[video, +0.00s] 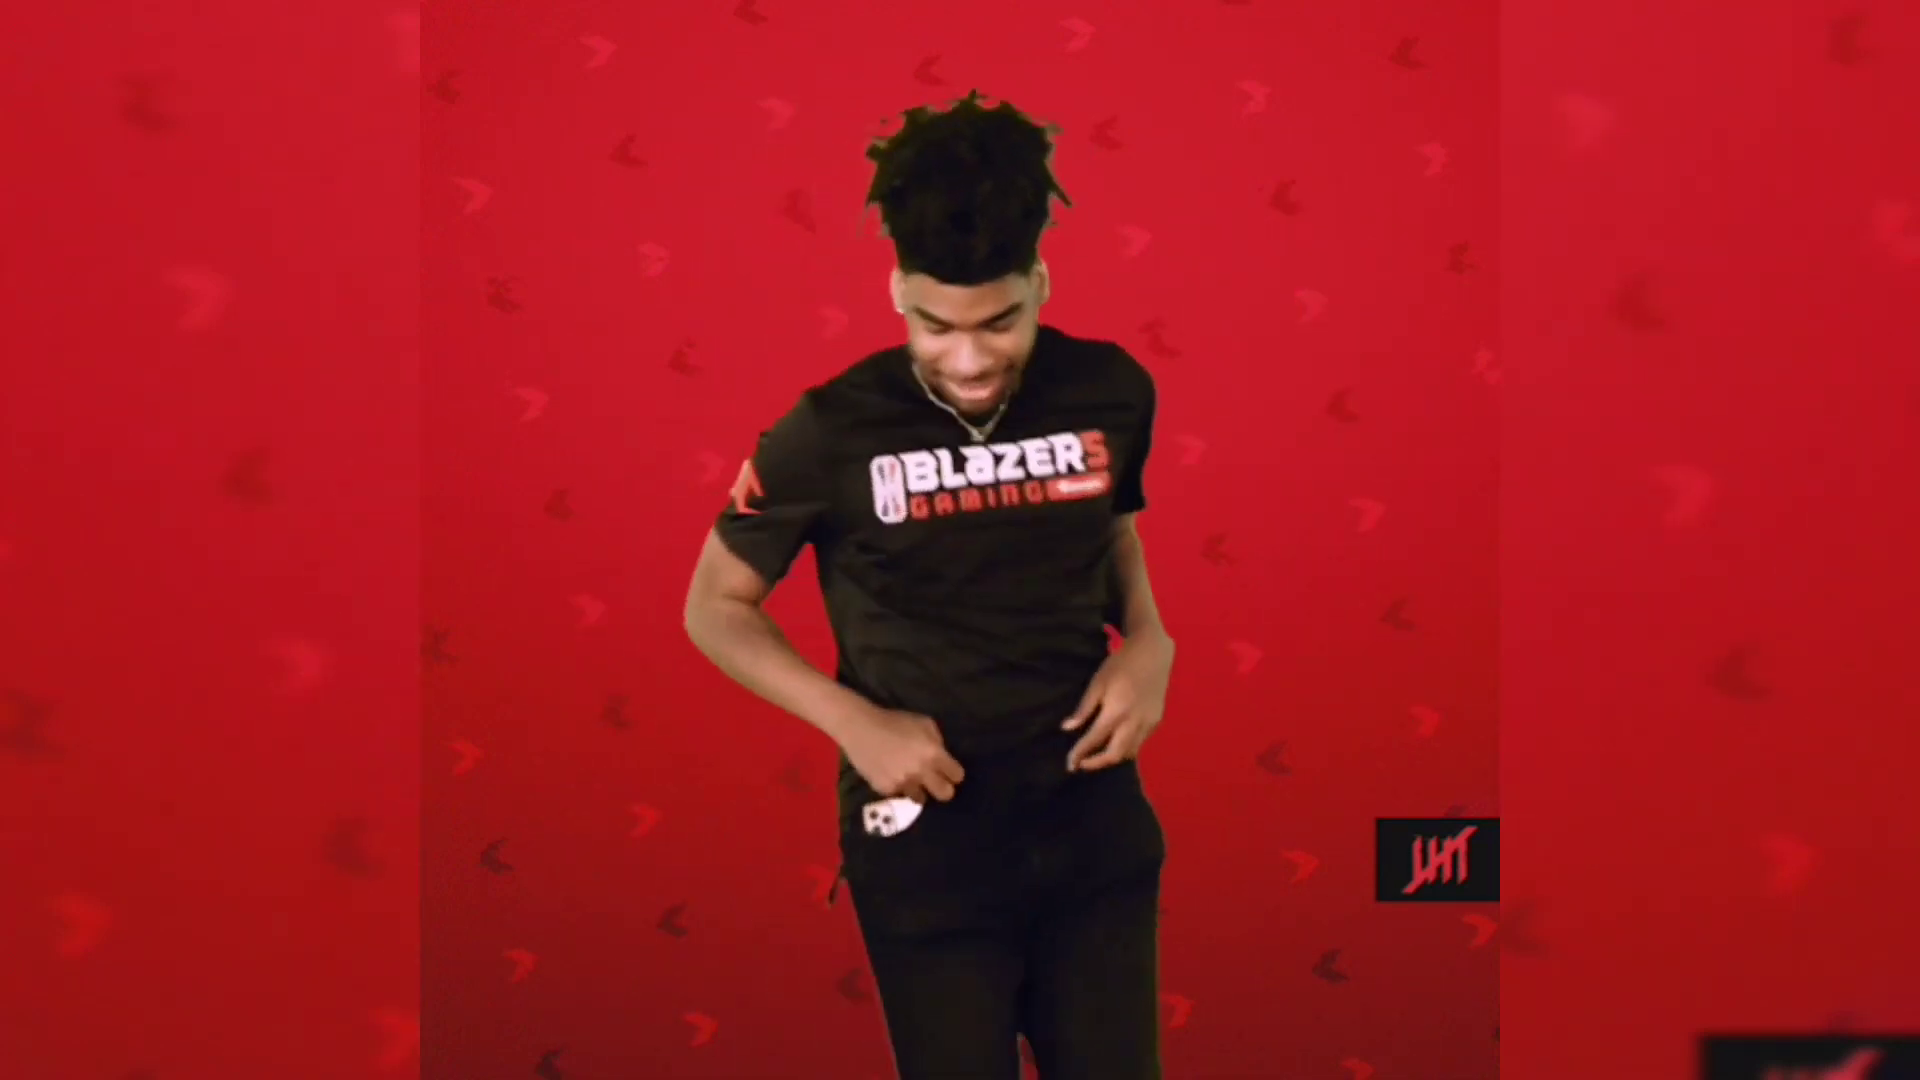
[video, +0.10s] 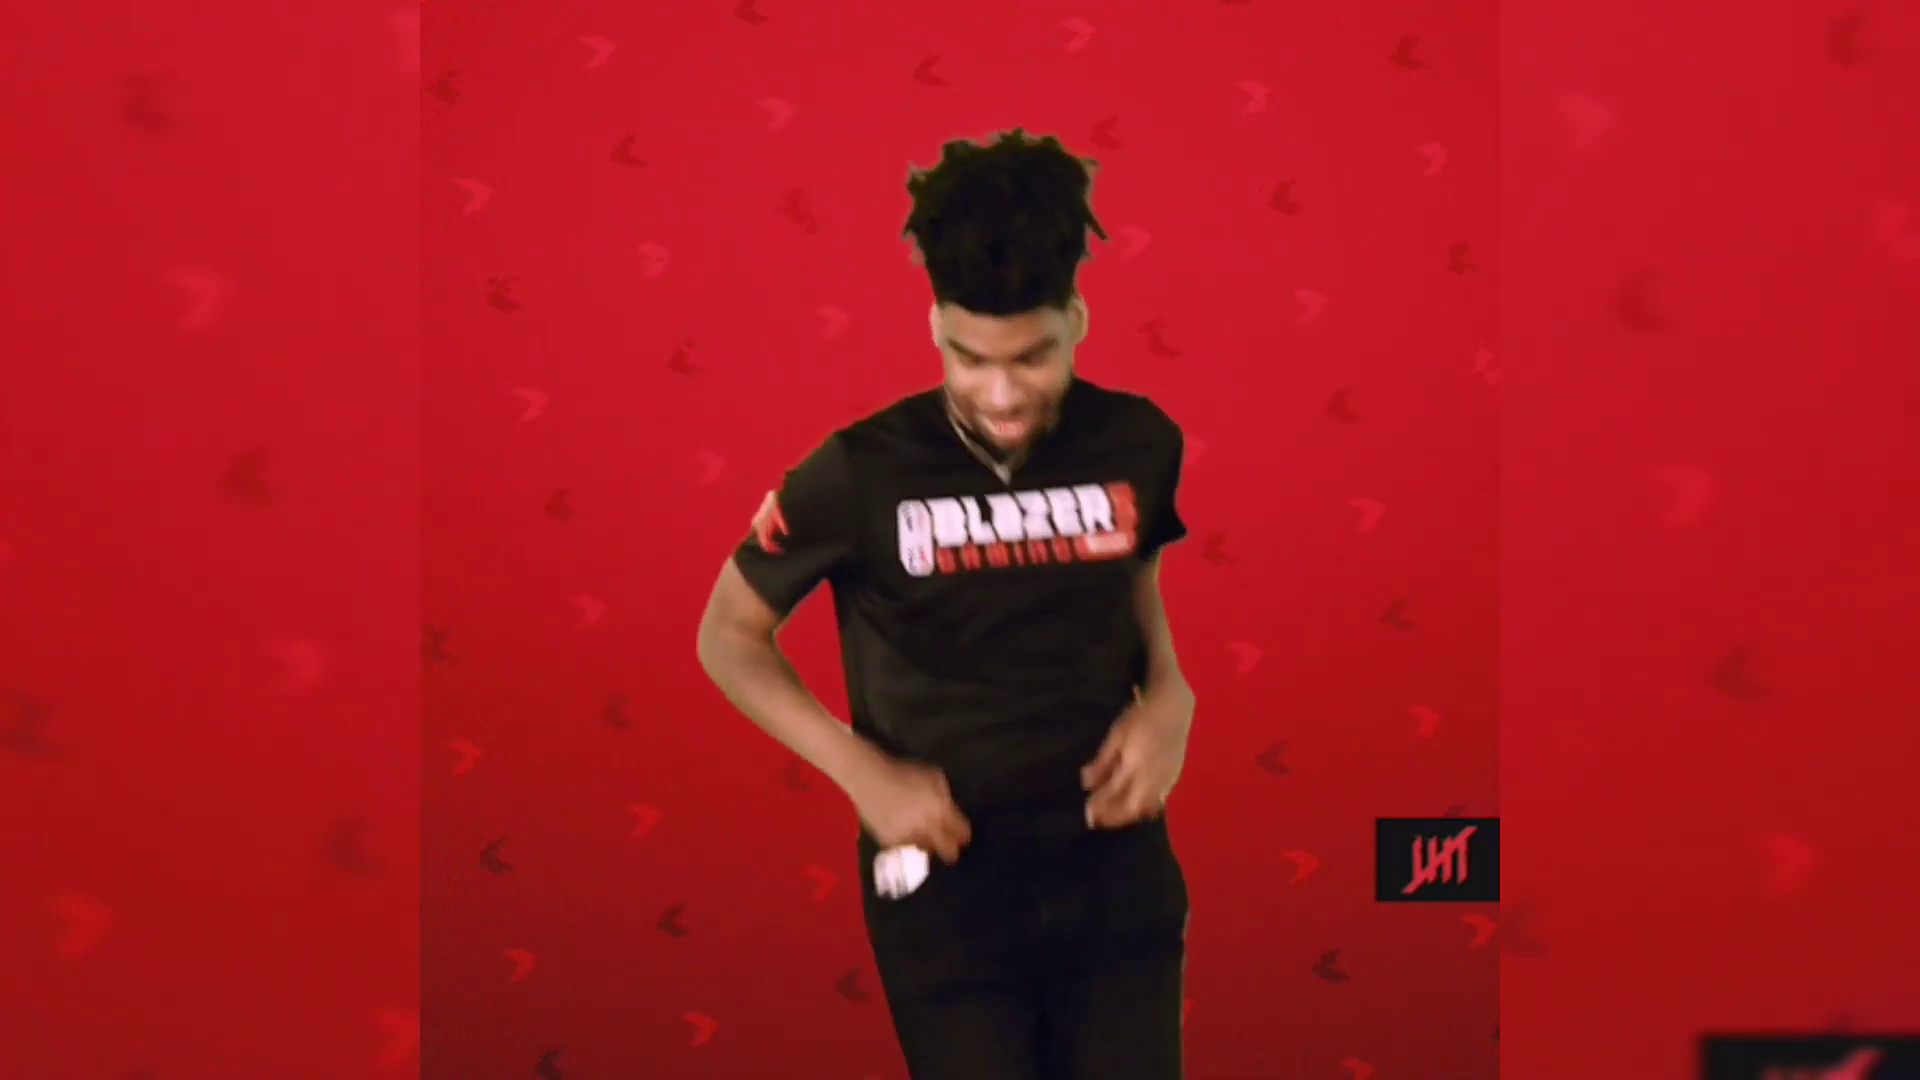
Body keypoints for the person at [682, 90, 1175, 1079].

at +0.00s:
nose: (969, 357)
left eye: (999, 322)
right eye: (935, 324)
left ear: (1041, 280)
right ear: (897, 285)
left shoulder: (1108, 396)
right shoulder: (829, 437)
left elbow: (1114, 526)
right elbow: (715, 606)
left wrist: (1148, 642)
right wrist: (855, 723)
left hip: (1091, 834)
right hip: (924, 849)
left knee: (1115, 1062)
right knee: (959, 1063)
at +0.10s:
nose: (1003, 392)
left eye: (1033, 356)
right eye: (970, 358)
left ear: (1078, 315)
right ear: (936, 322)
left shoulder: (1139, 445)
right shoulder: (857, 478)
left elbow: (1134, 569)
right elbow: (728, 635)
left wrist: (1169, 693)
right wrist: (866, 775)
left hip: (1117, 880)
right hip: (945, 897)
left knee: (1133, 1061)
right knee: (973, 1061)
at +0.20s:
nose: (1011, 440)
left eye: (1045, 403)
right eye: (984, 404)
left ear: (1108, 375)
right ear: (963, 375)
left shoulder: (1172, 528)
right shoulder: (889, 534)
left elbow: (1165, 667)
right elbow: (752, 696)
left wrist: (1183, 784)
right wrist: (876, 862)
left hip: (1132, 954)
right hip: (959, 970)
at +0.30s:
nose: (995, 387)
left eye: (1029, 356)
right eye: (976, 352)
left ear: (1108, 339)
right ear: (958, 330)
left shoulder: (1191, 492)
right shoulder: (889, 482)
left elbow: (1207, 650)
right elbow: (783, 634)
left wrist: (1179, 756)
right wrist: (877, 784)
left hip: (1123, 916)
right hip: (944, 921)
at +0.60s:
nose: (933, 365)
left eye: (967, 337)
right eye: (917, 329)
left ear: (1052, 321)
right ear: (903, 304)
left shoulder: (1148, 475)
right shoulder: (867, 443)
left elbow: (1222, 665)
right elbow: (822, 601)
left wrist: (1104, 746)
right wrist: (815, 731)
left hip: (1049, 906)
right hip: (878, 892)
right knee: (849, 1063)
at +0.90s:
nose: (835, 350)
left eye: (872, 320)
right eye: (818, 315)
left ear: (951, 300)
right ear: (802, 292)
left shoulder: (1064, 451)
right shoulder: (777, 432)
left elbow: (1138, 627)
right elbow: (753, 579)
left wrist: (1027, 723)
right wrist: (734, 684)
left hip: (958, 867)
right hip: (783, 849)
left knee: (918, 1062)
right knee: (758, 1061)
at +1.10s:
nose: (868, 363)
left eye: (893, 329)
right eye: (836, 332)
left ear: (920, 302)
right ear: (773, 306)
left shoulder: (1003, 433)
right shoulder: (706, 457)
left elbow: (1081, 591)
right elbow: (670, 605)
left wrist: (1005, 716)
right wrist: (705, 720)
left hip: (951, 868)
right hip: (771, 868)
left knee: (942, 1064)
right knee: (760, 1064)